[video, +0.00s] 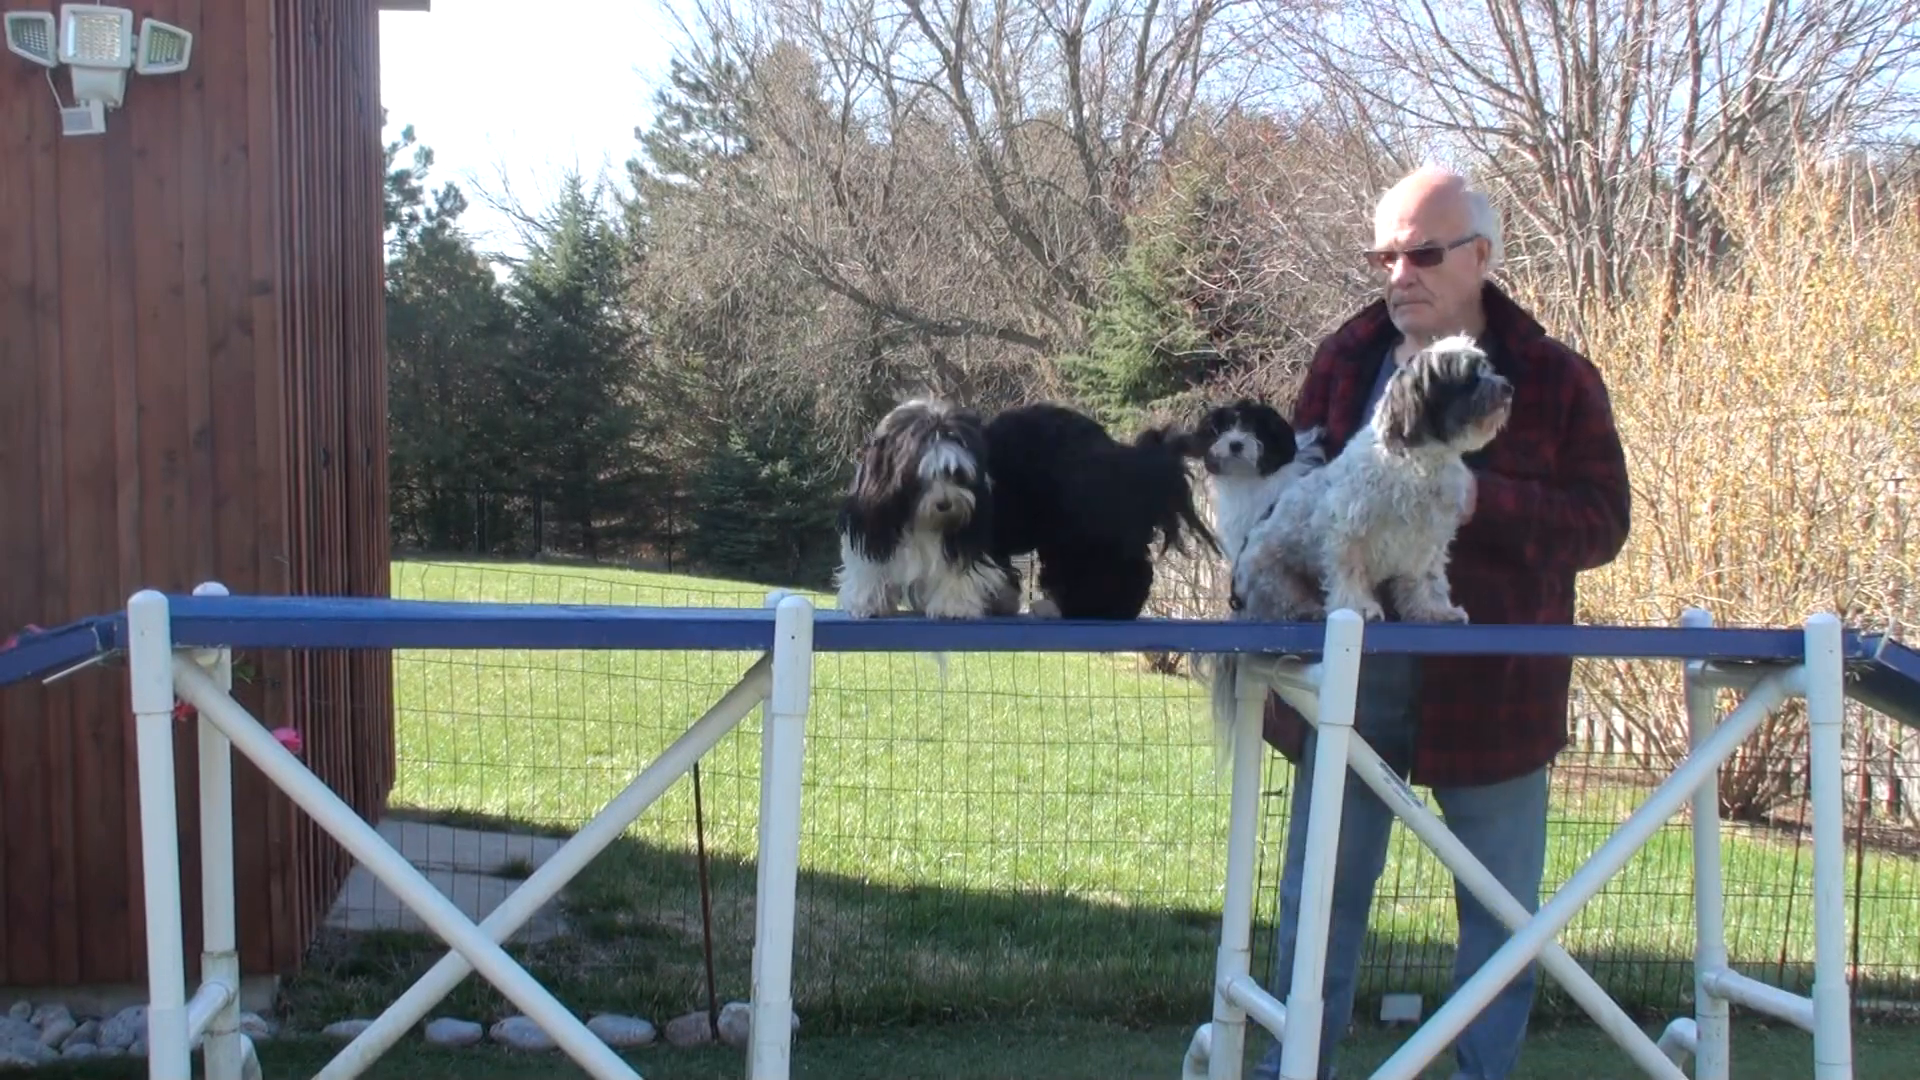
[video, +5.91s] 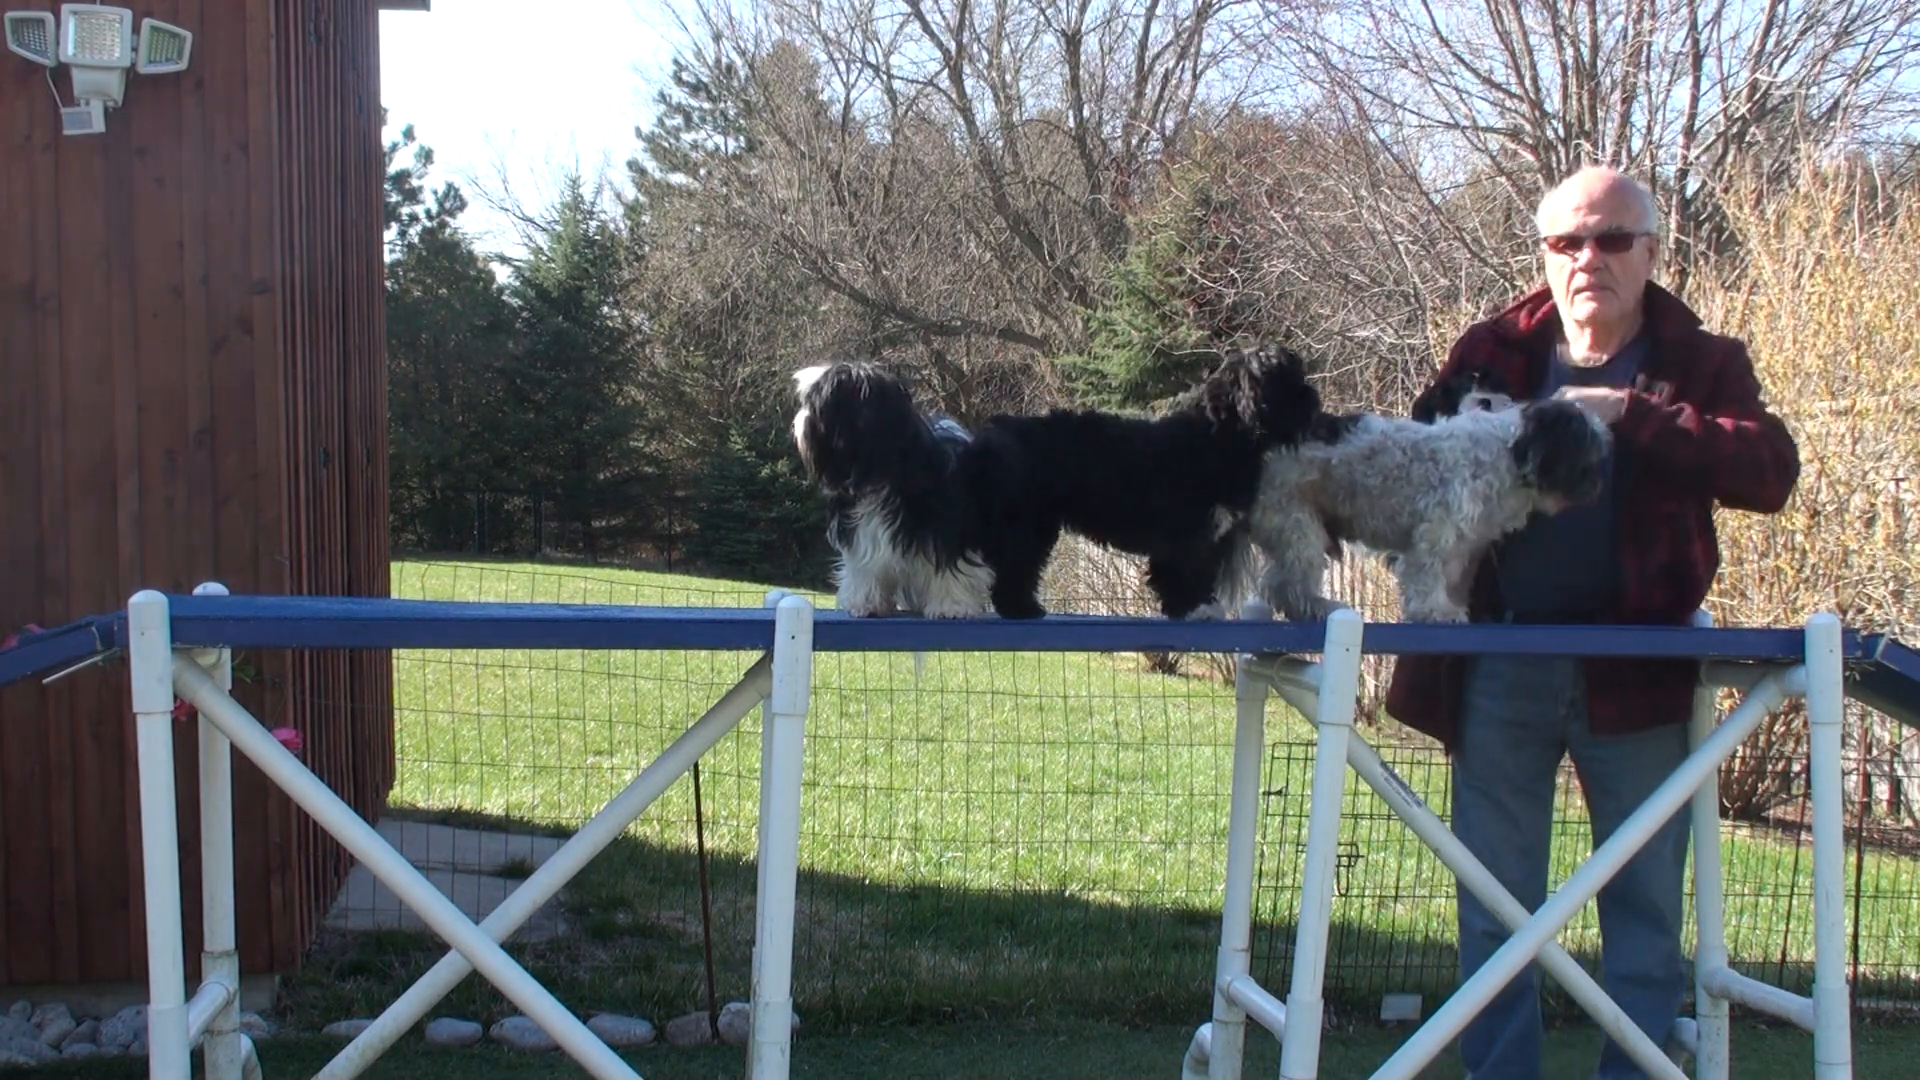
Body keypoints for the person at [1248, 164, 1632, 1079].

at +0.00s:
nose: (1403, 273)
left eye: (1428, 255)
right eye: (1390, 255)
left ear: (1484, 257)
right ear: (1375, 258)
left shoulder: (1557, 378)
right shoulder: (1344, 362)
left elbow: (1600, 524)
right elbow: (1290, 498)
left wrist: (1465, 488)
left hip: (1496, 677)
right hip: (1352, 667)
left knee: (1500, 919)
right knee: (1320, 903)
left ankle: (1485, 1067)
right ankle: (1298, 1064)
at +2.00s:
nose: (1474, 270)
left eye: (1500, 252)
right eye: (1459, 252)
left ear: (1554, 254)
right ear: (1442, 256)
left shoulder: (1614, 381)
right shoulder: (1391, 357)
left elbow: (1652, 527)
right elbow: (1323, 481)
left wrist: (1582, 518)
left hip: (1544, 677)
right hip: (1405, 667)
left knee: (1538, 913)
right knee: (1410, 906)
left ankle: (1511, 1064)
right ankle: (1414, 1069)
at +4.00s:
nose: (1584, 250)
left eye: (1607, 234)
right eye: (1563, 235)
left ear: (1642, 252)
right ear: (1535, 252)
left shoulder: (1685, 371)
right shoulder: (1475, 347)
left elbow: (1729, 511)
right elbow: (1389, 446)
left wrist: (1622, 463)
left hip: (1617, 658)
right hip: (1479, 650)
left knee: (1615, 902)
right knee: (1452, 895)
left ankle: (1597, 1068)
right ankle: (1425, 1068)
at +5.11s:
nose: (1542, 278)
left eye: (1565, 257)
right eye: (1520, 260)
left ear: (1605, 255)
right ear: (1492, 264)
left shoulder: (1637, 354)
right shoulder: (1449, 357)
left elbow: (1700, 393)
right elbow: (1375, 464)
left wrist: (1648, 320)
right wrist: (1368, 533)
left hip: (1621, 660)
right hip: (1482, 660)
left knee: (1634, 890)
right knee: (1492, 898)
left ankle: (1616, 1068)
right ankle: (1502, 1065)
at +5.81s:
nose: (1589, 261)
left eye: (1612, 242)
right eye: (1568, 244)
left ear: (1652, 252)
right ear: (1544, 257)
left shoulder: (1705, 361)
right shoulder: (1488, 351)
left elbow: (1769, 472)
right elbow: (1416, 470)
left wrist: (1627, 394)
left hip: (1640, 665)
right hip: (1501, 662)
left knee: (1645, 907)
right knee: (1494, 901)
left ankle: (1639, 1073)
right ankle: (1498, 1067)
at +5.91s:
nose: (1588, 260)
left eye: (1612, 241)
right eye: (1567, 243)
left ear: (1652, 252)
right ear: (1543, 257)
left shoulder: (1704, 361)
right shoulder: (1487, 352)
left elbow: (1771, 476)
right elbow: (1415, 471)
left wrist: (1635, 417)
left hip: (1638, 665)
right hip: (1499, 662)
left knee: (1644, 908)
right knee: (1492, 903)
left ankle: (1638, 1073)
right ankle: (1497, 1068)